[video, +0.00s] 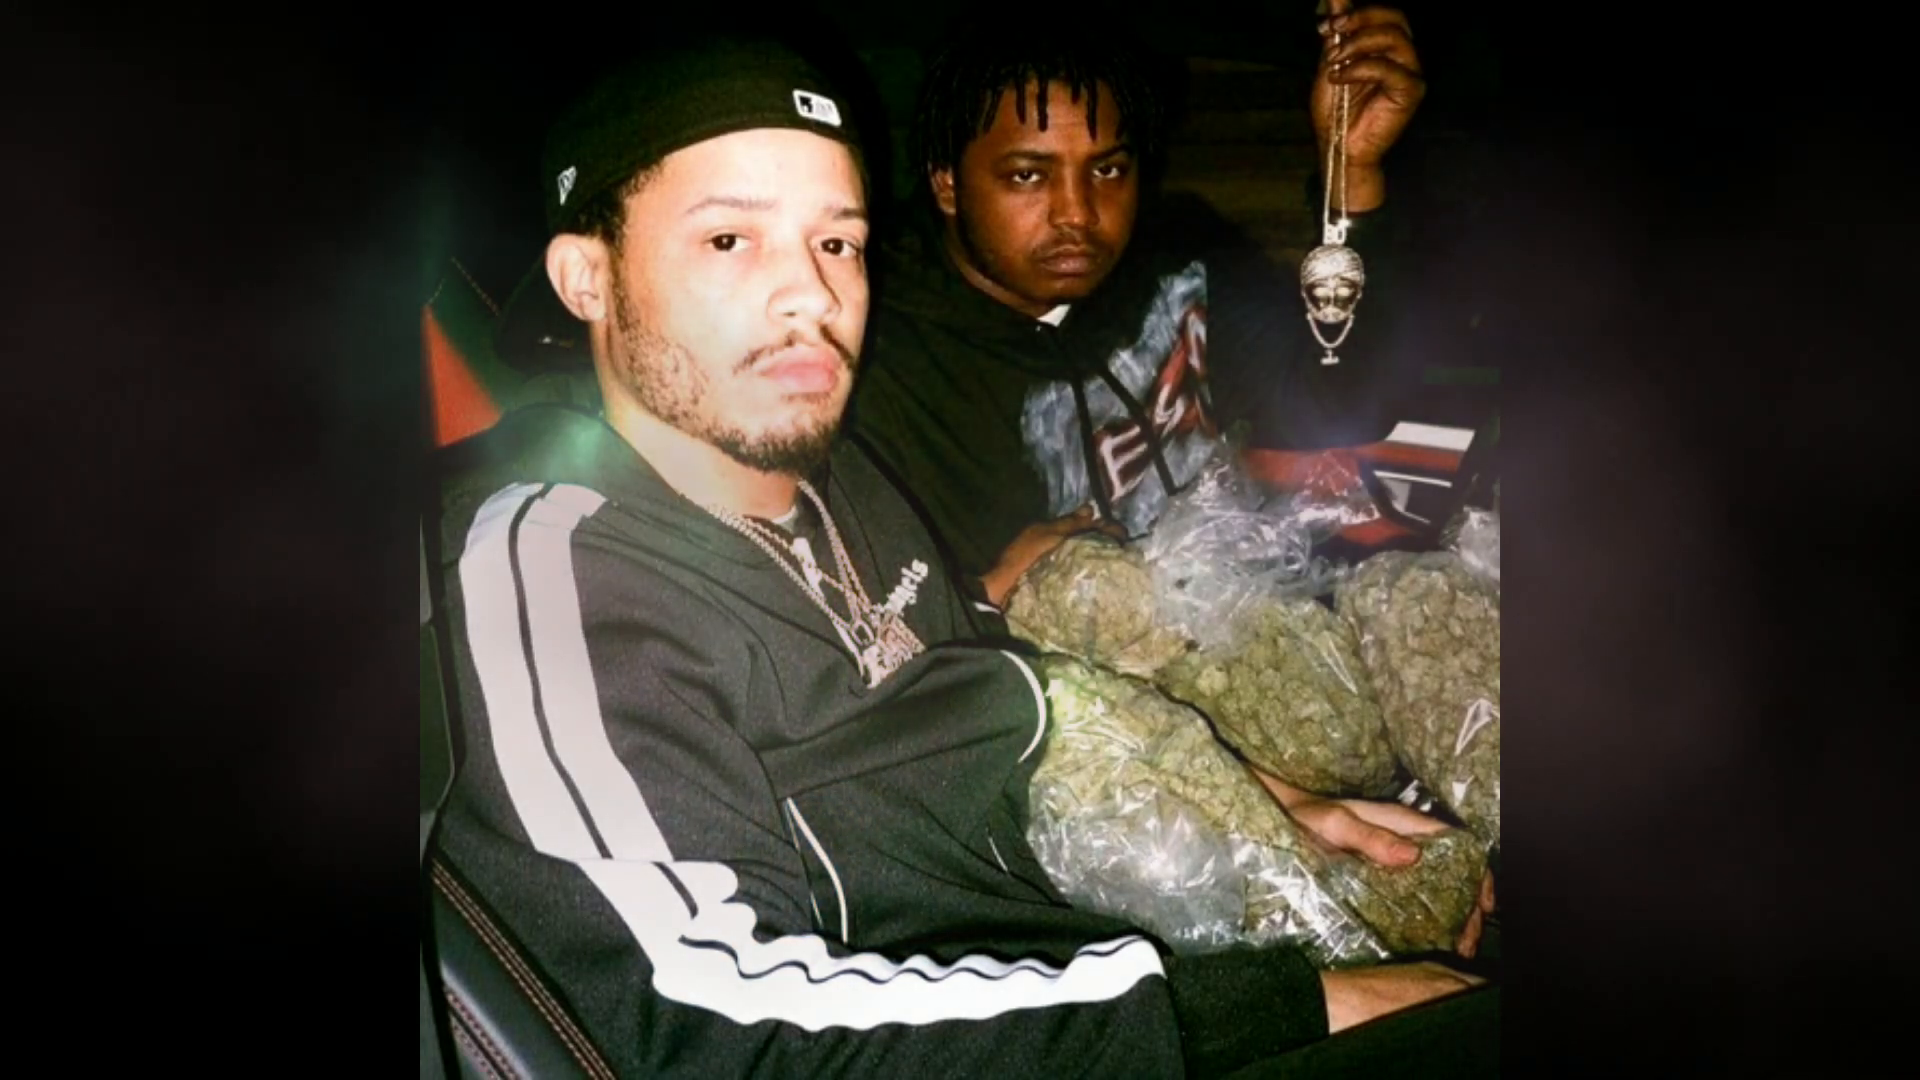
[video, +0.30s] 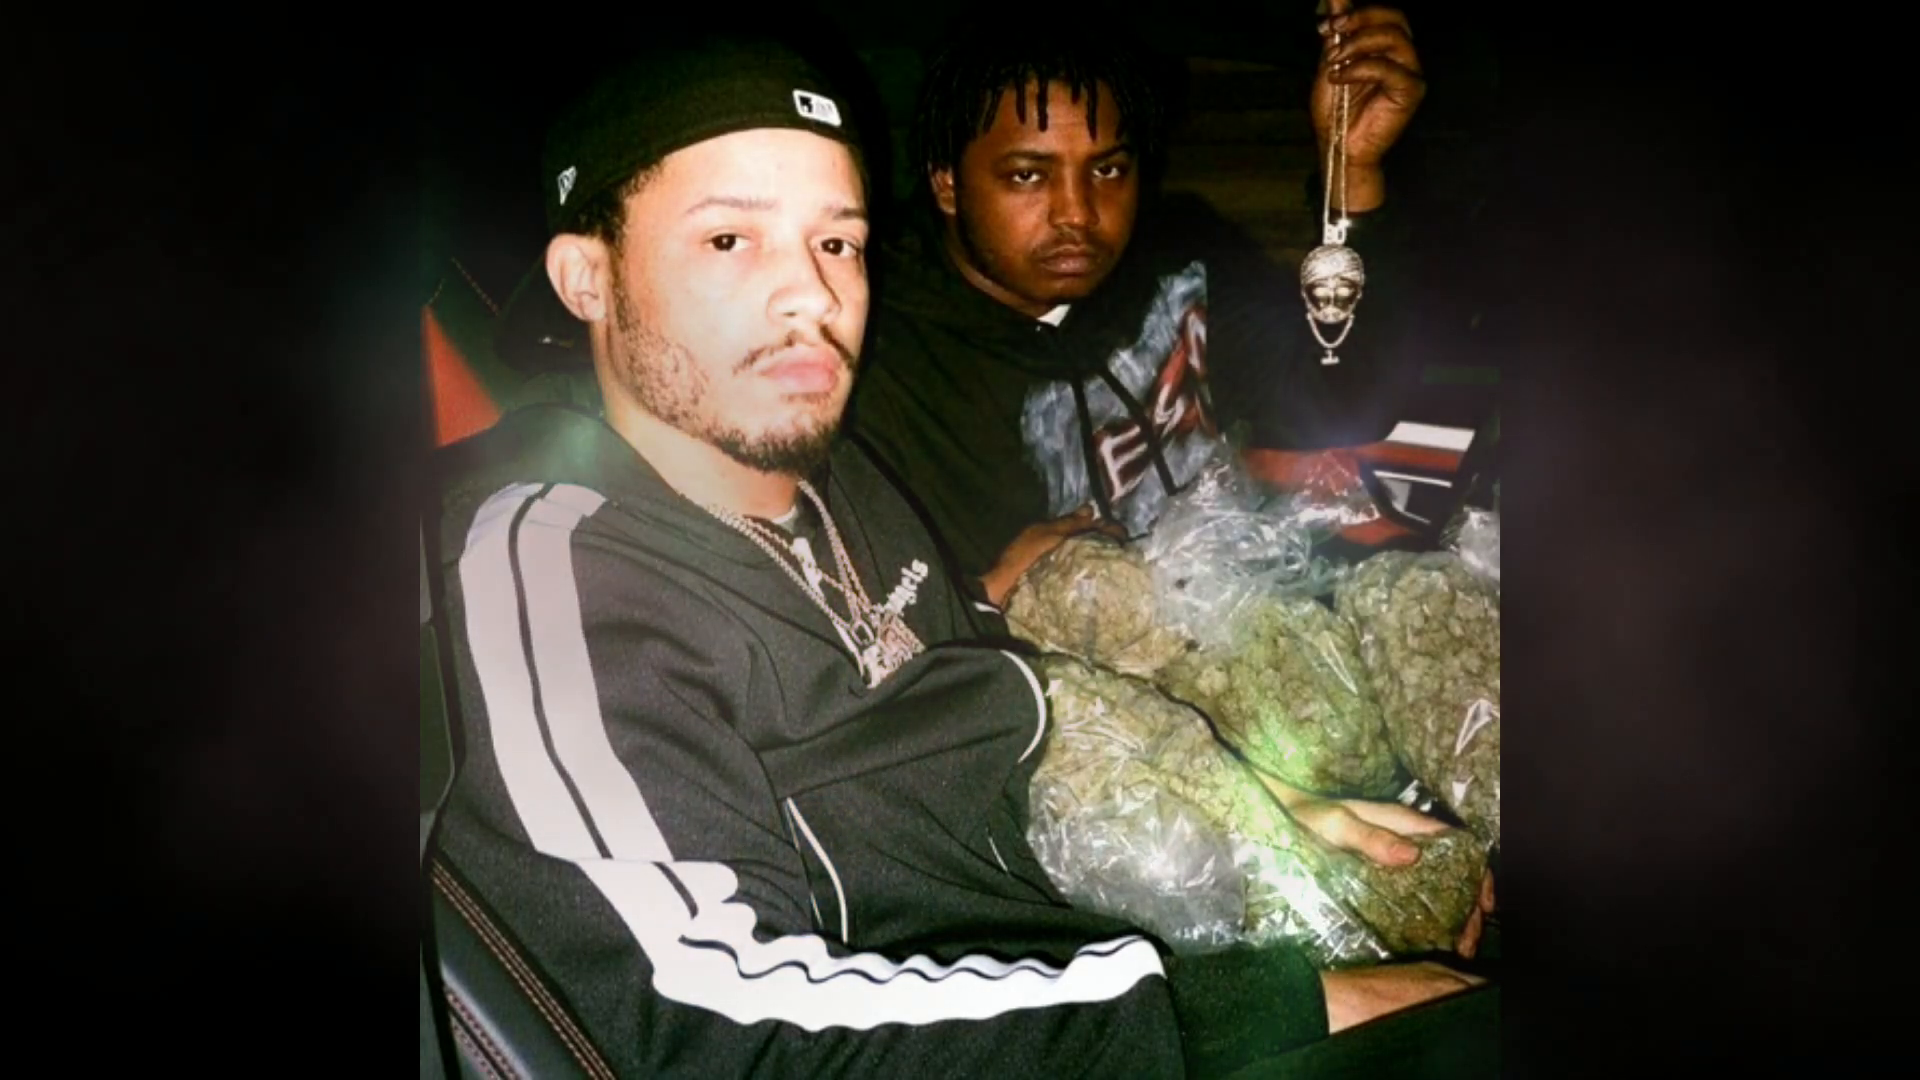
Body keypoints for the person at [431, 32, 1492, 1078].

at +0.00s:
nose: (810, 303)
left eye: (835, 249)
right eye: (729, 244)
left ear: (866, 269)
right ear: (588, 282)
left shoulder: (828, 482)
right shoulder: (536, 552)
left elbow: (1010, 745)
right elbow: (707, 1019)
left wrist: (1267, 820)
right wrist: (1278, 1008)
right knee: (1489, 1006)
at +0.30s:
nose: (812, 304)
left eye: (836, 249)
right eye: (730, 244)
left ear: (866, 267)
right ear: (588, 282)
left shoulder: (826, 477)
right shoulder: (535, 551)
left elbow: (1010, 753)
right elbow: (705, 1018)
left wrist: (1269, 831)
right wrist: (1272, 1010)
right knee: (1494, 1019)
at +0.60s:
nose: (811, 305)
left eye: (835, 249)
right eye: (729, 245)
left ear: (867, 267)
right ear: (588, 283)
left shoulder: (832, 486)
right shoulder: (536, 556)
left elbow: (1017, 774)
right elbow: (711, 1017)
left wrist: (1274, 839)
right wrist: (1279, 1006)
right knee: (1452, 1020)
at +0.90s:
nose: (810, 303)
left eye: (835, 248)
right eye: (729, 244)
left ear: (866, 267)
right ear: (587, 282)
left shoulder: (832, 485)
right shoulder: (536, 552)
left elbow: (1010, 769)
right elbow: (698, 1019)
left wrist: (1274, 833)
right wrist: (1268, 1005)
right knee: (1473, 1021)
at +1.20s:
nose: (809, 303)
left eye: (835, 249)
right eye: (729, 244)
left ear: (867, 268)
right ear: (587, 280)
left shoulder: (831, 486)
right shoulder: (534, 556)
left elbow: (1017, 755)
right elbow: (701, 1018)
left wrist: (1275, 828)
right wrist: (1270, 1005)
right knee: (1496, 1013)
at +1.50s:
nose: (810, 302)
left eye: (835, 250)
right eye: (729, 244)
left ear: (867, 269)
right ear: (586, 280)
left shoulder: (827, 486)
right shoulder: (536, 553)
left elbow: (1017, 755)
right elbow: (702, 1018)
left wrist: (1275, 827)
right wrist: (1275, 1008)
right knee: (1505, 1011)